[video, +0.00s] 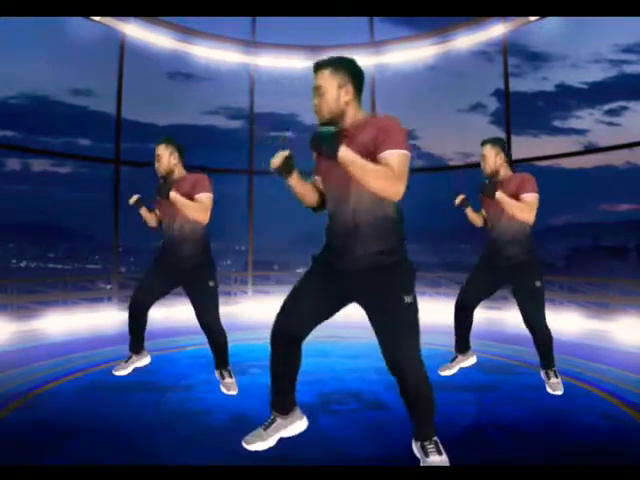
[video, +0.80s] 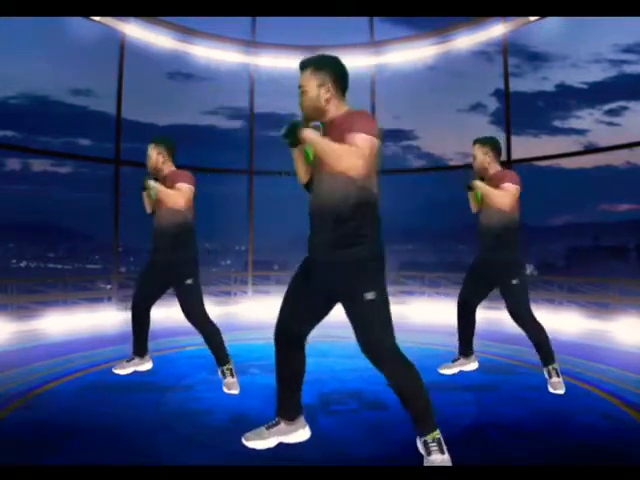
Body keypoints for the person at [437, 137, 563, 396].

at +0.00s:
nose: (482, 162)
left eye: (486, 156)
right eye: (481, 157)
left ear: (501, 157)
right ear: (490, 159)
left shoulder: (524, 181)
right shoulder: (488, 189)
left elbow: (529, 216)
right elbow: (481, 221)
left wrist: (499, 195)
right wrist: (466, 207)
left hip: (523, 263)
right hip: (493, 262)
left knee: (536, 322)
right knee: (464, 303)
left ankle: (549, 370)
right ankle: (463, 353)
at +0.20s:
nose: (493, 156)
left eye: (497, 151)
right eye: (491, 152)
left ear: (513, 153)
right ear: (491, 156)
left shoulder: (532, 178)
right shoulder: (485, 183)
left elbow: (539, 206)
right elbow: (458, 195)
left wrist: (512, 180)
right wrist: (444, 181)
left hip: (525, 263)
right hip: (493, 262)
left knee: (540, 321)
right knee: (466, 305)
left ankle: (549, 370)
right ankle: (464, 354)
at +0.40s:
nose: (480, 158)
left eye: (485, 152)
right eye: (479, 153)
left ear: (501, 154)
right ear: (481, 157)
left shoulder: (519, 180)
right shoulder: (480, 183)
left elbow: (524, 215)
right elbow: (469, 200)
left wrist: (501, 190)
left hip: (512, 262)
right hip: (488, 260)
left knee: (524, 317)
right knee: (464, 304)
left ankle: (549, 368)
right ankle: (466, 357)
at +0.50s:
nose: (479, 160)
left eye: (483, 155)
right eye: (478, 155)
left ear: (496, 157)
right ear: (482, 158)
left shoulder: (502, 183)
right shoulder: (489, 180)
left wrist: (468, 181)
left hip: (503, 259)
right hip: (486, 257)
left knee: (510, 315)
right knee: (464, 301)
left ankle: (554, 362)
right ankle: (466, 356)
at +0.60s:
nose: (479, 161)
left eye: (482, 156)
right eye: (478, 157)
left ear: (494, 157)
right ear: (492, 158)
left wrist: (423, 171)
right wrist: (427, 171)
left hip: (500, 260)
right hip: (489, 258)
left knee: (509, 317)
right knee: (462, 301)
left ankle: (555, 362)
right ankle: (465, 357)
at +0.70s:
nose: (475, 161)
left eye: (477, 156)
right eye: (475, 156)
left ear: (489, 156)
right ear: (490, 156)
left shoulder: (498, 176)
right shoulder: (495, 178)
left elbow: (465, 187)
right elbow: (482, 202)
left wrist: (445, 177)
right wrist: (461, 185)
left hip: (501, 258)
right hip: (489, 257)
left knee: (513, 315)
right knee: (463, 302)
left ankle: (553, 364)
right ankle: (466, 357)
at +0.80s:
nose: (473, 161)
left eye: (476, 156)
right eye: (473, 157)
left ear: (490, 155)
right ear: (484, 157)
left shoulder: (509, 178)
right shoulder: (483, 182)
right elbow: (475, 208)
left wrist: (479, 185)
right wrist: (473, 189)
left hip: (508, 259)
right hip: (487, 258)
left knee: (521, 314)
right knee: (466, 303)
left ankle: (551, 367)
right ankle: (466, 357)